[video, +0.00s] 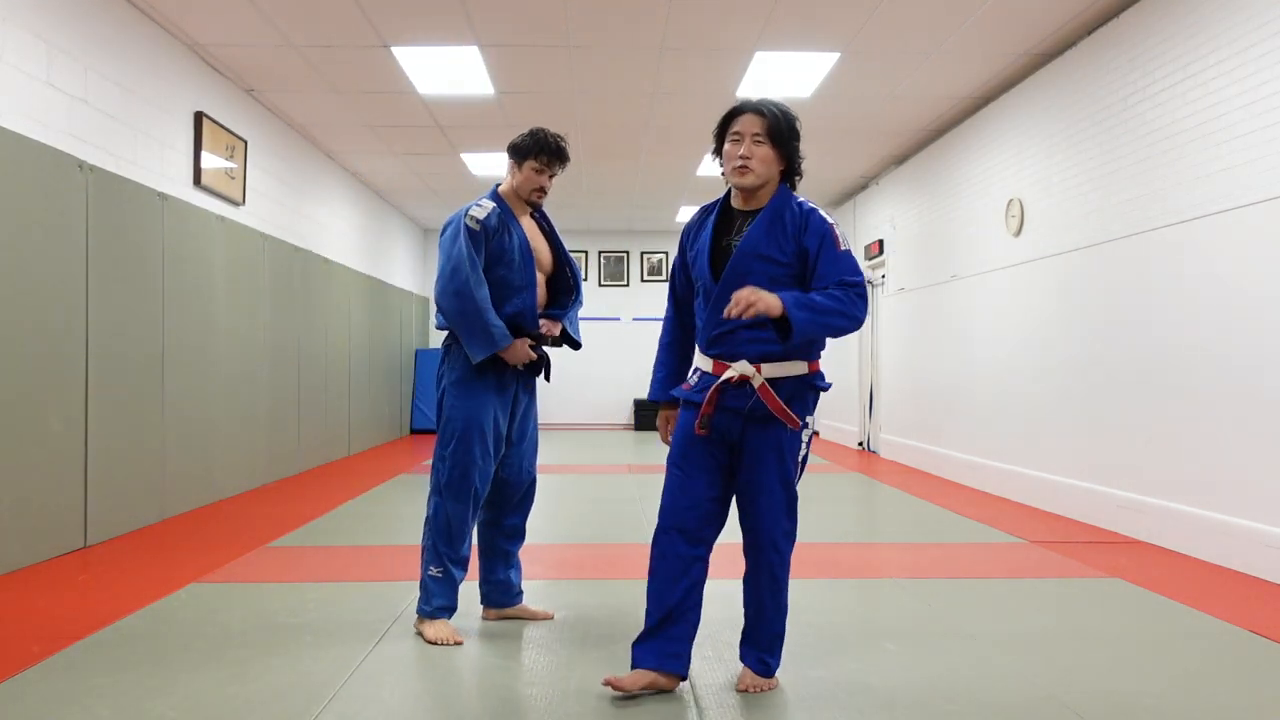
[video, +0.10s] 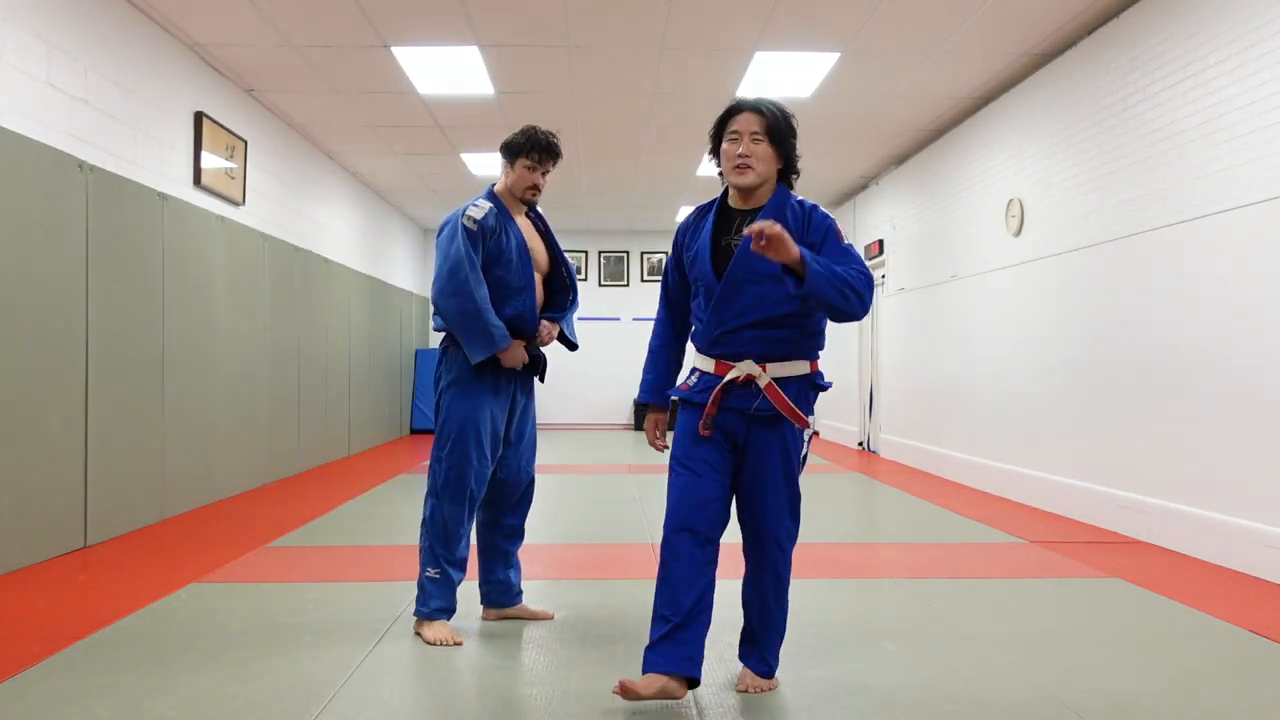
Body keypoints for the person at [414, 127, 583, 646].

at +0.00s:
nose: (546, 183)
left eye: (552, 175)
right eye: (539, 172)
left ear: (553, 178)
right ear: (513, 166)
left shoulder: (540, 223)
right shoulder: (474, 220)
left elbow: (568, 280)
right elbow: (457, 292)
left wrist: (557, 318)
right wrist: (504, 344)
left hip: (520, 371)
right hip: (474, 369)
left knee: (513, 486)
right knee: (459, 487)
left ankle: (502, 598)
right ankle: (434, 610)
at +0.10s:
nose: (539, 180)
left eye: (546, 173)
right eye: (532, 169)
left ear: (548, 176)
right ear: (507, 165)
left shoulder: (535, 224)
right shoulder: (471, 220)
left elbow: (564, 283)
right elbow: (455, 291)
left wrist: (553, 320)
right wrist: (501, 344)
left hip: (518, 372)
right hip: (473, 370)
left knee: (511, 487)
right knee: (456, 488)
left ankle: (502, 599)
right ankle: (433, 611)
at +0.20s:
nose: (530, 176)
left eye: (537, 169)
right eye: (522, 165)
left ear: (540, 174)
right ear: (498, 163)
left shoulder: (532, 223)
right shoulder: (465, 220)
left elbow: (559, 284)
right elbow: (452, 291)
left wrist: (551, 323)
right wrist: (496, 346)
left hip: (516, 372)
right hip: (468, 371)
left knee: (509, 487)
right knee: (453, 489)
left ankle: (502, 599)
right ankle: (432, 612)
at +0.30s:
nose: (519, 172)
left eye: (526, 164)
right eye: (511, 161)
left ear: (531, 170)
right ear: (487, 161)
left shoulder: (526, 221)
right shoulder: (456, 222)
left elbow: (554, 281)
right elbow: (450, 297)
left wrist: (545, 325)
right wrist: (495, 350)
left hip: (513, 374)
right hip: (464, 374)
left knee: (507, 488)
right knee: (449, 491)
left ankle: (501, 599)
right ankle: (430, 613)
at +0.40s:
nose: (508, 167)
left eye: (515, 159)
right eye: (498, 157)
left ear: (522, 165)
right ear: (475, 160)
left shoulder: (520, 221)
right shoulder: (448, 223)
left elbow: (548, 281)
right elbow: (448, 303)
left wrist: (543, 327)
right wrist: (490, 360)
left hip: (511, 372)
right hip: (457, 373)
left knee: (503, 489)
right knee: (444, 492)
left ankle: (501, 599)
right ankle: (428, 613)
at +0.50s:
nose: (499, 164)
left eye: (505, 155)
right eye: (488, 154)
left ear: (511, 161)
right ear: (465, 159)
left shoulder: (516, 222)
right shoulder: (441, 225)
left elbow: (543, 284)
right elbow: (445, 309)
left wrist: (533, 324)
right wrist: (478, 371)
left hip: (506, 374)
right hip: (451, 376)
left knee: (500, 491)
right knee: (439, 495)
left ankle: (500, 598)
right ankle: (424, 614)